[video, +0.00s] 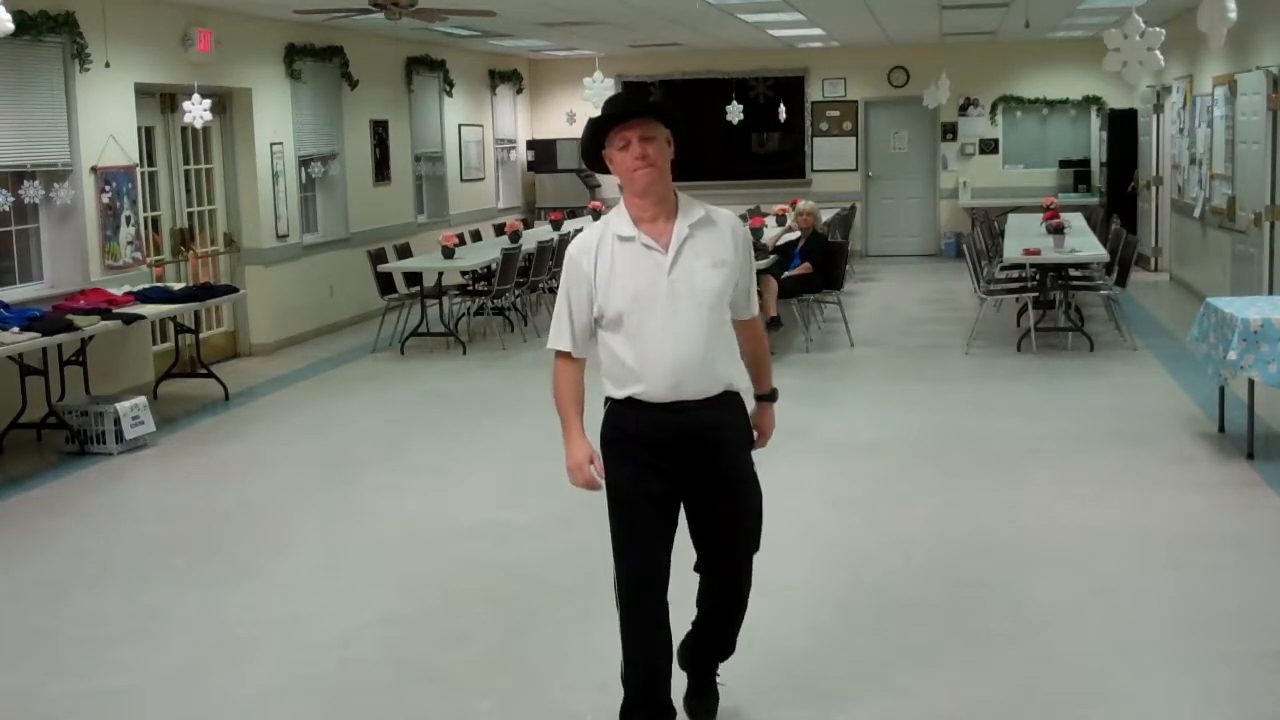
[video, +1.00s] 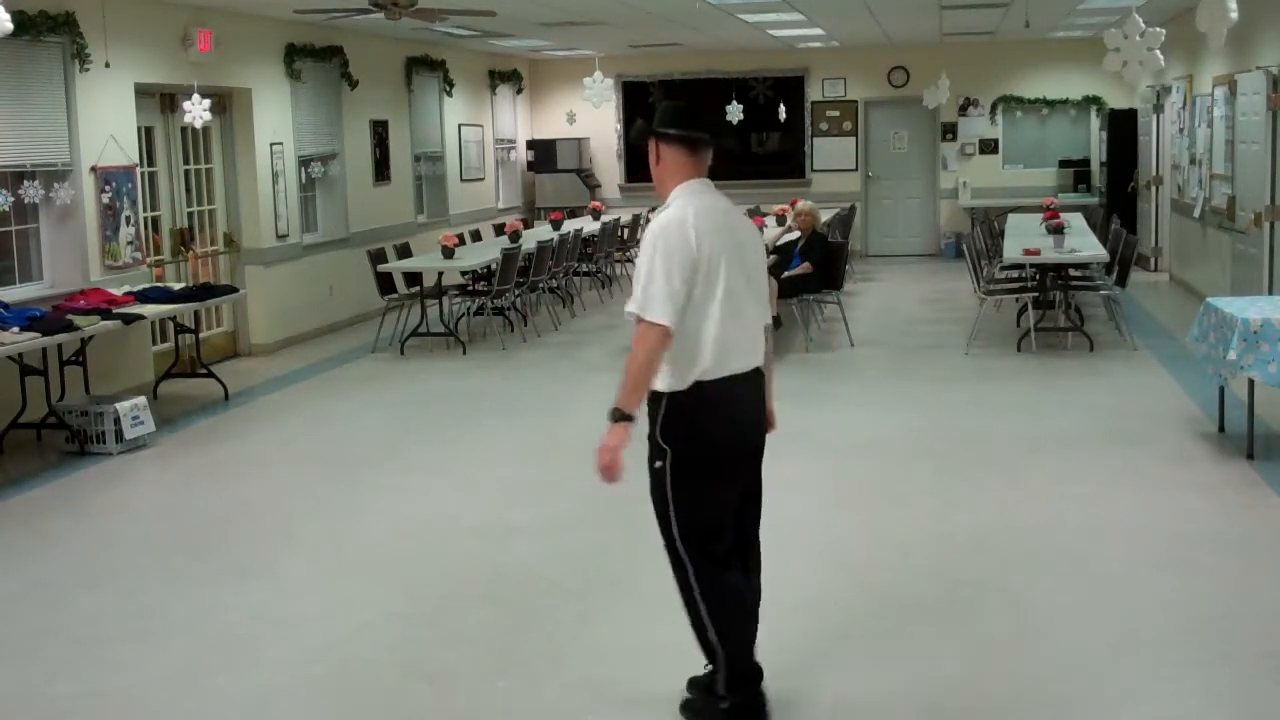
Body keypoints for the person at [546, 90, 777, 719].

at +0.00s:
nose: (639, 150)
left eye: (648, 138)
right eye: (624, 144)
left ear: (671, 149)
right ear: (609, 165)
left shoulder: (726, 230)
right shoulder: (589, 247)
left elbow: (747, 318)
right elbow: (568, 351)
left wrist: (764, 394)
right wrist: (574, 435)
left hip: (718, 425)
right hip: (636, 430)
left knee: (732, 569)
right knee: (640, 585)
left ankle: (702, 661)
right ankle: (645, 713)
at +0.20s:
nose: (636, 161)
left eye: (647, 147)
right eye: (623, 153)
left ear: (674, 154)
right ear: (612, 169)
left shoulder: (735, 239)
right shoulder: (596, 255)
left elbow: (773, 327)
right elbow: (574, 357)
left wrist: (794, 410)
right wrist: (573, 440)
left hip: (718, 431)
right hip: (632, 435)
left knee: (730, 574)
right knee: (632, 589)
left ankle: (735, 674)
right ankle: (644, 712)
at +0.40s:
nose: (630, 174)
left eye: (641, 159)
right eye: (625, 164)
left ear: (682, 154)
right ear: (632, 172)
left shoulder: (757, 237)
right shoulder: (630, 254)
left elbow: (807, 332)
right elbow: (611, 357)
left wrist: (813, 425)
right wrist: (589, 443)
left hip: (725, 436)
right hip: (647, 434)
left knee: (741, 588)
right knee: (643, 591)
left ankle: (777, 705)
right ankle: (642, 716)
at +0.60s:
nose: (638, 171)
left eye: (644, 156)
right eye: (636, 159)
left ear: (678, 151)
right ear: (676, 155)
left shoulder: (747, 232)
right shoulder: (674, 229)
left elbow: (808, 327)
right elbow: (660, 328)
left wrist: (816, 429)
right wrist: (632, 405)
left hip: (740, 426)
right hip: (679, 422)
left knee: (755, 569)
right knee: (650, 552)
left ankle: (778, 699)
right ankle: (680, 680)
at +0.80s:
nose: (650, 175)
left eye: (650, 162)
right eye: (650, 163)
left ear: (667, 156)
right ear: (698, 157)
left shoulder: (712, 229)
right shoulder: (704, 222)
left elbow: (738, 330)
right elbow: (724, 329)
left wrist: (744, 424)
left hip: (721, 419)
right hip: (700, 414)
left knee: (739, 561)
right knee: (690, 537)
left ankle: (776, 703)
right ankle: (729, 672)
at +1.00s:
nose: (650, 165)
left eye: (648, 155)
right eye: (652, 155)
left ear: (656, 154)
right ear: (708, 155)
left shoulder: (671, 226)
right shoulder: (741, 221)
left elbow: (654, 331)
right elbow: (763, 322)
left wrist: (619, 422)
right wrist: (765, 392)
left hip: (688, 406)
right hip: (743, 398)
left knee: (692, 544)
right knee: (737, 536)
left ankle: (737, 688)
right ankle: (733, 668)